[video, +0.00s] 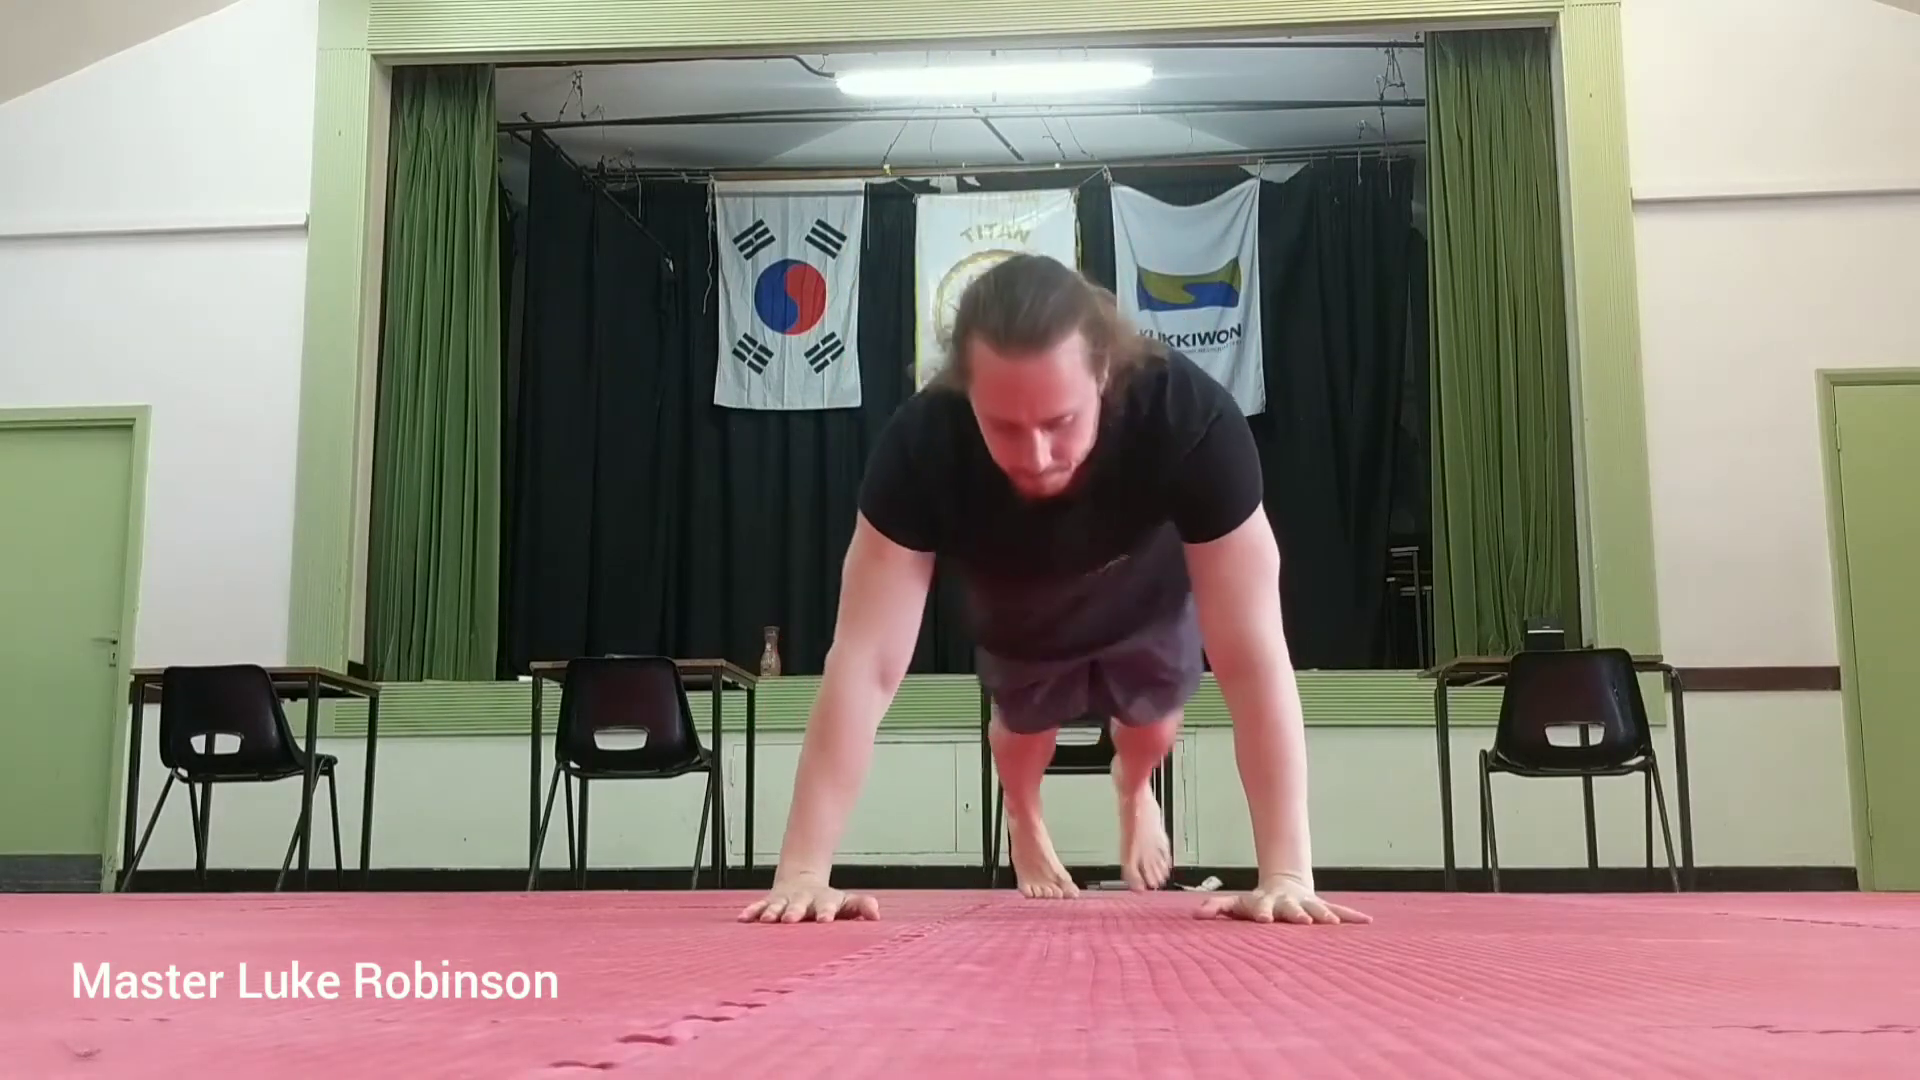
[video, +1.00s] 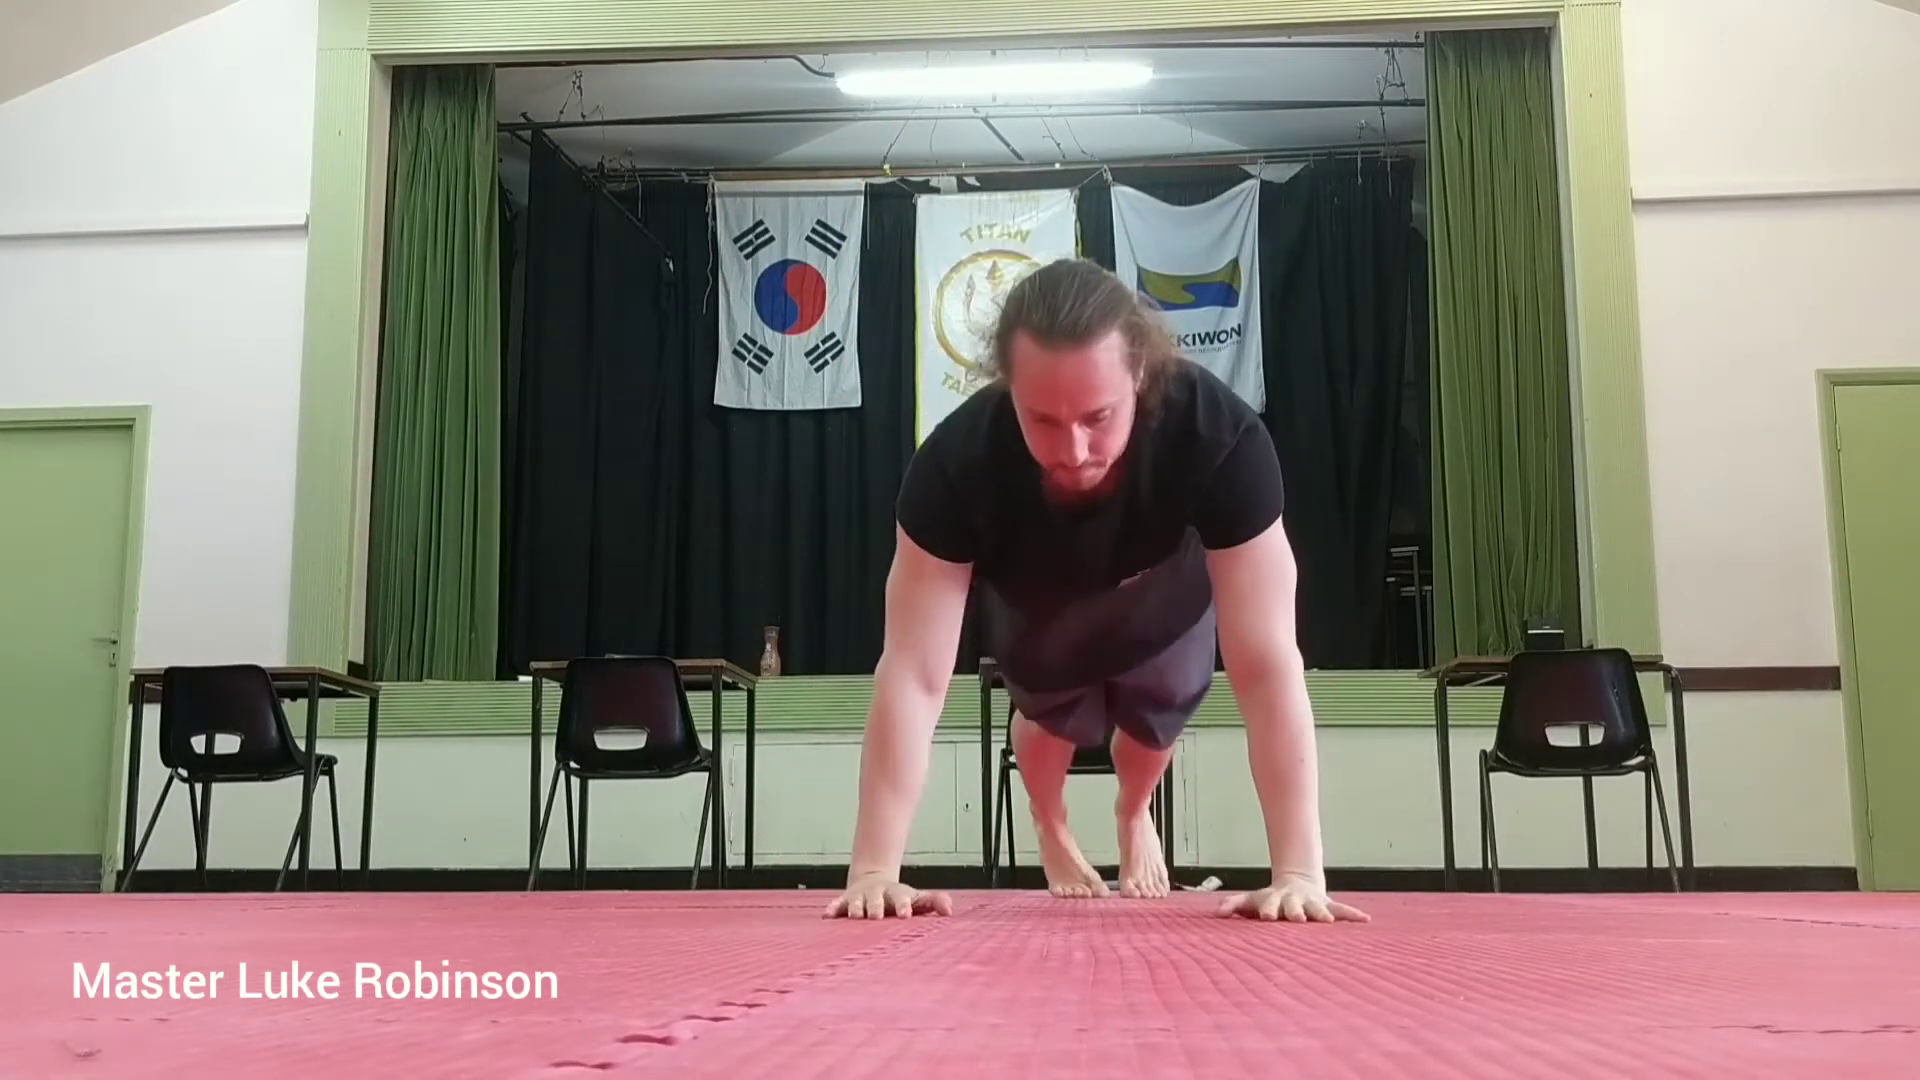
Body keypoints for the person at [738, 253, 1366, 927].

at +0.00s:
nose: (1034, 455)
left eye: (1059, 424)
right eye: (1006, 428)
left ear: (1106, 379)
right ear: (967, 392)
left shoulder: (1189, 423)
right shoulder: (925, 444)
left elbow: (1255, 657)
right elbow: (865, 668)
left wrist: (1286, 874)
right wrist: (802, 868)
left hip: (1151, 605)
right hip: (1018, 618)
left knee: (1151, 729)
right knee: (1026, 735)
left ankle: (1136, 795)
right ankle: (1025, 823)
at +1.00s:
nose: (1075, 451)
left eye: (1099, 419)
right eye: (1046, 423)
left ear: (1140, 379)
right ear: (1010, 389)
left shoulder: (1219, 443)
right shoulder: (957, 466)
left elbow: (1266, 666)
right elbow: (913, 674)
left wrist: (1298, 873)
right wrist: (874, 870)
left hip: (1167, 617)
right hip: (1040, 627)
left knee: (1155, 725)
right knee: (1050, 724)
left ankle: (1136, 817)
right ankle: (1052, 829)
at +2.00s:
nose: (1073, 415)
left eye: (1093, 379)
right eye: (1039, 387)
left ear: (1131, 348)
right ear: (1000, 365)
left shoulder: (1215, 442)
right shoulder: (946, 450)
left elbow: (1285, 664)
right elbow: (904, 664)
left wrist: (1325, 873)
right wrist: (854, 866)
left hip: (1145, 620)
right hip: (1016, 632)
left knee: (1142, 732)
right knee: (1045, 746)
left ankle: (1142, 825)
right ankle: (1067, 831)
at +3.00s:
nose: (1077, 750)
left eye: (1102, 714)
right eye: (1044, 716)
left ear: (1147, 680)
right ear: (999, 686)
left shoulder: (1229, 697)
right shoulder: (946, 705)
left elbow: (1380, 711)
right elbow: (800, 719)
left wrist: (1333, 875)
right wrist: (843, 872)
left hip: (1152, 844)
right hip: (1024, 858)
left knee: (1152, 872)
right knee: (1049, 887)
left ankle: (1157, 877)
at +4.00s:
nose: (1076, 815)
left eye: (1102, 780)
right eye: (1044, 783)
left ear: (1152, 743)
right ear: (1001, 748)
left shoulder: (1234, 741)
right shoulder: (946, 753)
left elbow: (1383, 706)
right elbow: (806, 713)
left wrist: (1334, 877)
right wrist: (845, 873)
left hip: (1170, 856)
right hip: (1014, 867)